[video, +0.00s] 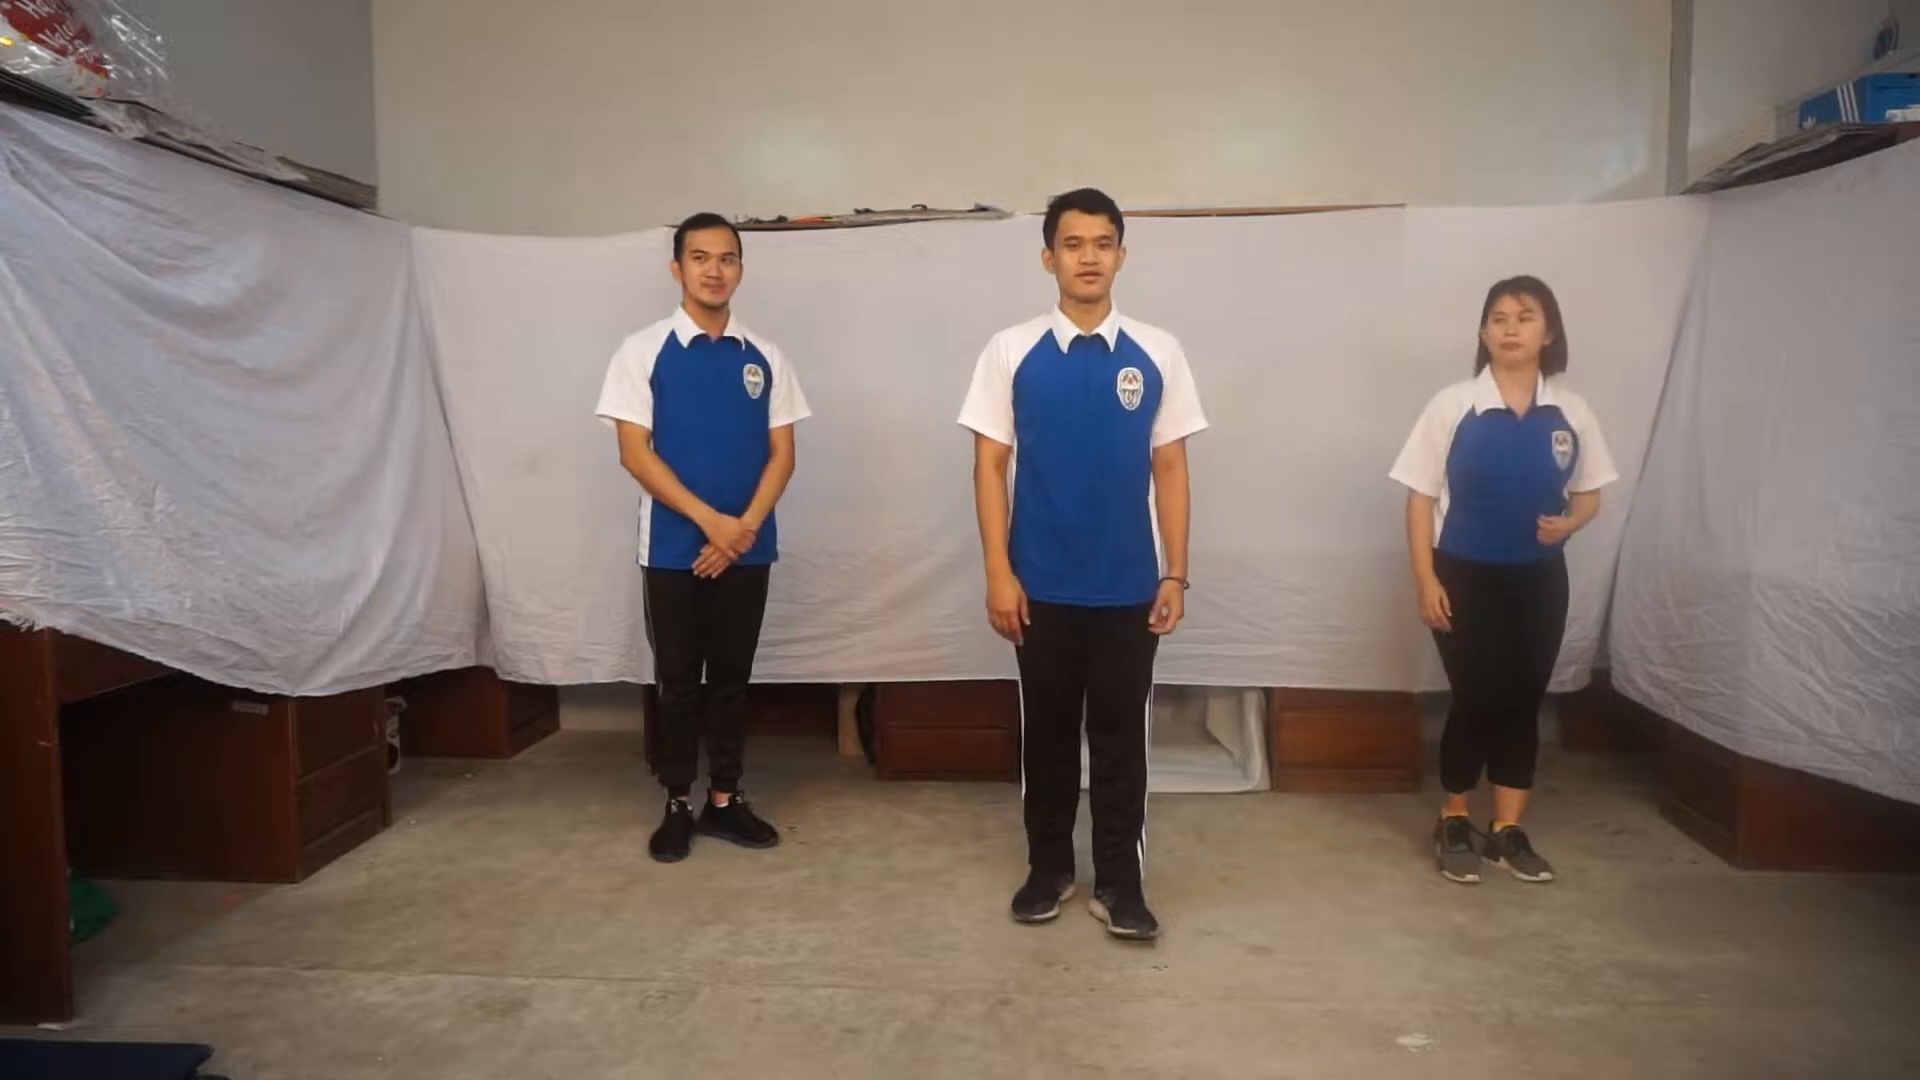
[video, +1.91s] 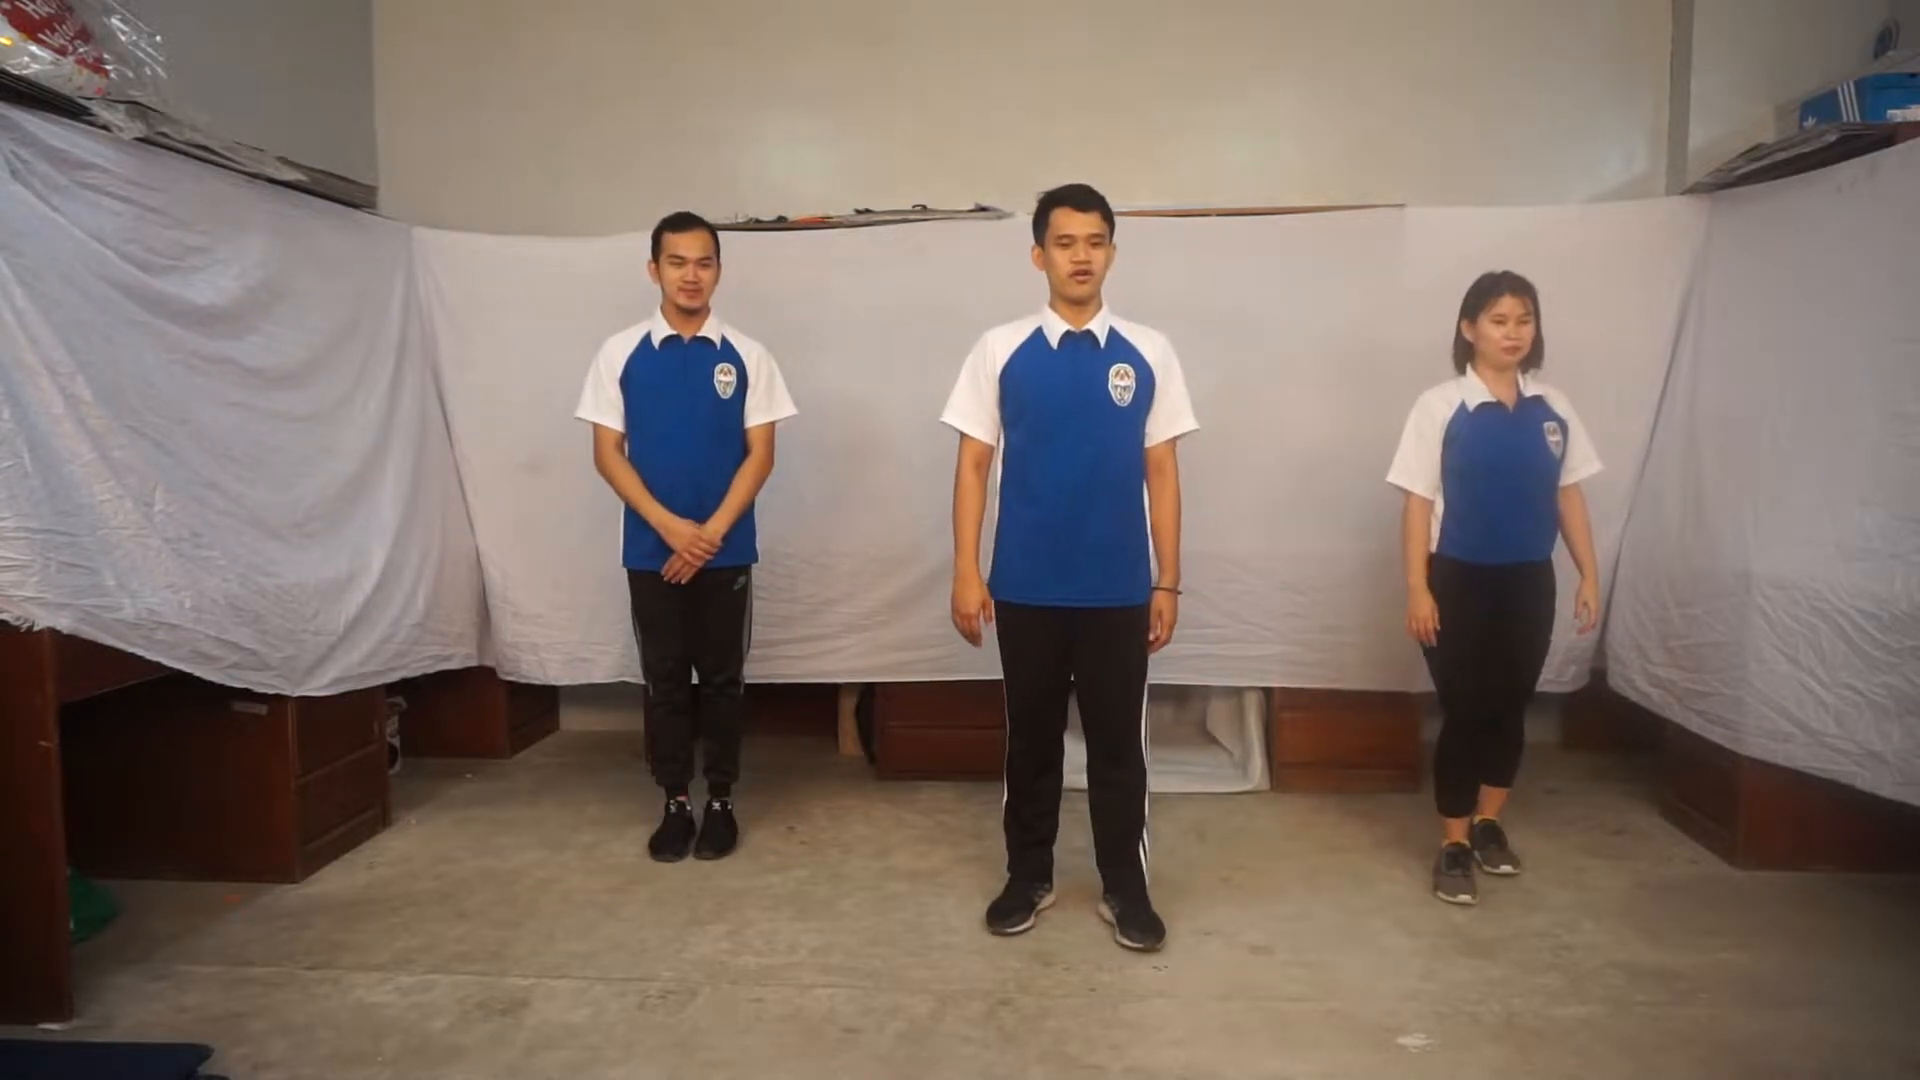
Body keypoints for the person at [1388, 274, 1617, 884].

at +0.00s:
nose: (1511, 326)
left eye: (1525, 317)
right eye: (1499, 317)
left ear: (1549, 332)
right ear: (1484, 331)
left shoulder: (1570, 409)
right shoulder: (1452, 404)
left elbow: (1589, 493)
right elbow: (1420, 496)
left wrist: (1570, 522)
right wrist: (1425, 579)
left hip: (1538, 576)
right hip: (1466, 576)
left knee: (1522, 701)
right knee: (1474, 699)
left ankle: (1508, 830)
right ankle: (1454, 822)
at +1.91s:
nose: (1512, 331)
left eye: (1523, 321)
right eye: (1498, 320)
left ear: (1535, 331)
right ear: (1469, 329)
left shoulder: (1551, 406)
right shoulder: (1439, 405)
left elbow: (1569, 497)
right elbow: (1417, 504)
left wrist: (1588, 573)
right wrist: (1417, 589)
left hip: (1529, 582)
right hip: (1459, 580)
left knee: (1510, 706)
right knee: (1466, 709)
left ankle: (1487, 824)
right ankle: (1454, 843)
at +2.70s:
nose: (1540, 313)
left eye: (1549, 305)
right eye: (1524, 305)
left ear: (1559, 322)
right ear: (1492, 321)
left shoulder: (1579, 400)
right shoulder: (1464, 402)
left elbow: (1605, 492)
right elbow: (1443, 506)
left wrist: (1637, 571)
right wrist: (1447, 596)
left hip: (1561, 587)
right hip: (1486, 586)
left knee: (1548, 717)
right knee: (1477, 718)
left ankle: (1527, 844)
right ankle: (1457, 846)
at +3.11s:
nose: (1546, 309)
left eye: (1555, 301)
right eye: (1530, 302)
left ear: (1568, 321)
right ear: (1500, 322)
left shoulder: (1591, 401)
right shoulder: (1472, 400)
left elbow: (1610, 496)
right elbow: (1448, 505)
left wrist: (1630, 576)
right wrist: (1453, 591)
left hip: (1566, 587)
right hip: (1490, 585)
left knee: (1550, 716)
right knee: (1486, 718)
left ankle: (1528, 844)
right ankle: (1467, 847)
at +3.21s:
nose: (1535, 310)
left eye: (1545, 301)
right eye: (1518, 303)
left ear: (1561, 320)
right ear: (1493, 324)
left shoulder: (1585, 401)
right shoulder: (1466, 400)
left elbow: (1605, 499)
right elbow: (1442, 504)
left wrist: (1627, 579)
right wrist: (1448, 590)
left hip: (1562, 586)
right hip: (1485, 585)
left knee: (1546, 715)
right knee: (1481, 718)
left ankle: (1527, 845)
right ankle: (1466, 849)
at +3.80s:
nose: (1511, 310)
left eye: (1521, 302)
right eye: (1495, 303)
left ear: (1538, 319)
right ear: (1469, 322)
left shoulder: (1559, 398)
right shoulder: (1443, 399)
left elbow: (1585, 491)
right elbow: (1408, 496)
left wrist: (1620, 567)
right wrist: (1433, 573)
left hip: (1539, 586)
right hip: (1460, 587)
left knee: (1535, 716)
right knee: (1465, 721)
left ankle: (1527, 845)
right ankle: (1464, 849)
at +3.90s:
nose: (1513, 311)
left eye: (1524, 303)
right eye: (1497, 303)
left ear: (1539, 320)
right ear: (1471, 321)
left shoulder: (1560, 399)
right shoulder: (1446, 398)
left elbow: (1591, 485)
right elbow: (1411, 496)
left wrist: (1630, 556)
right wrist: (1458, 554)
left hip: (1542, 586)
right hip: (1461, 586)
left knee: (1545, 713)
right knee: (1464, 719)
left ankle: (1536, 844)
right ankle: (1462, 847)